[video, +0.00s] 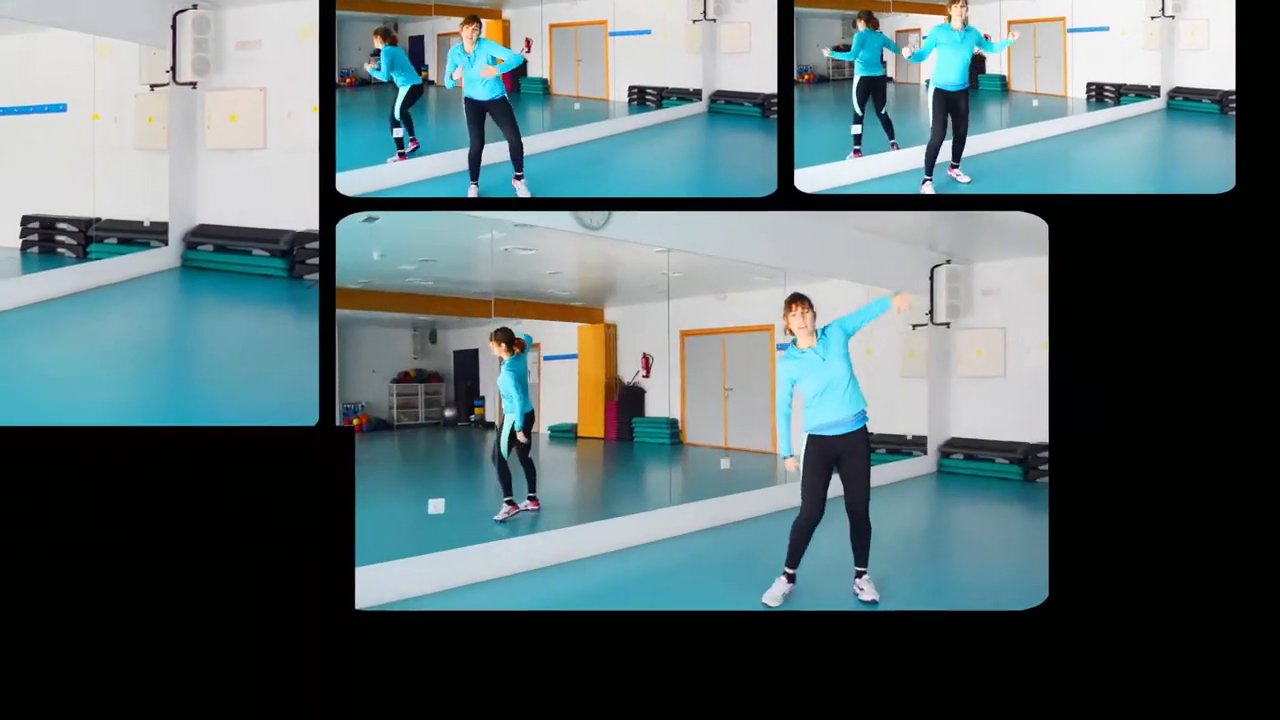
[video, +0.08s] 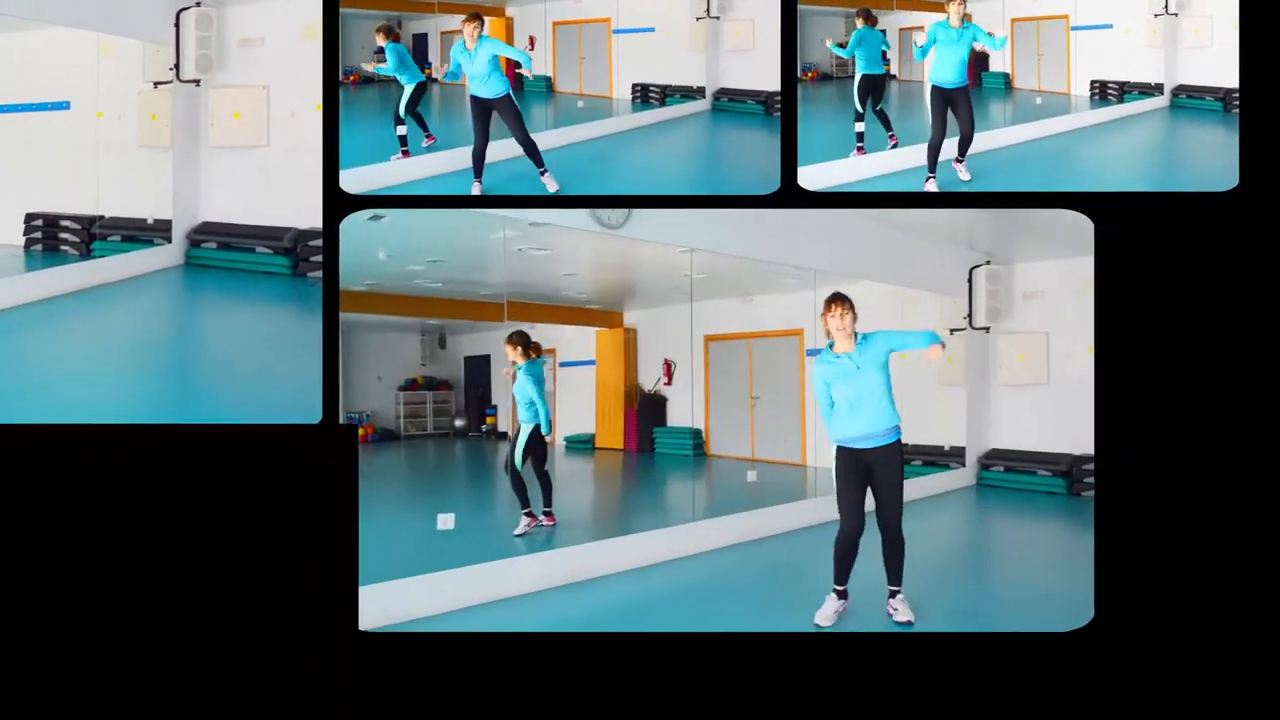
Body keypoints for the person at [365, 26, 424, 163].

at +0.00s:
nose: (374, 42)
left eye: (375, 39)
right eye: (374, 39)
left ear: (380, 38)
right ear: (389, 37)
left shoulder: (386, 51)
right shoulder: (397, 49)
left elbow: (384, 76)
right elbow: (393, 69)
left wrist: (370, 70)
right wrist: (377, 66)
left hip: (408, 86)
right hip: (416, 83)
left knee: (395, 117)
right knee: (403, 110)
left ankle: (401, 153)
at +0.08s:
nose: (376, 39)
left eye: (377, 36)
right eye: (376, 36)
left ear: (382, 35)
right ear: (388, 35)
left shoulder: (390, 48)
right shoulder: (398, 46)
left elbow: (393, 70)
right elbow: (395, 67)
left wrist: (375, 68)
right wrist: (378, 67)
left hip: (412, 83)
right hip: (419, 81)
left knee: (399, 116)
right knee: (412, 110)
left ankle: (404, 152)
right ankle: (429, 136)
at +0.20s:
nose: (379, 36)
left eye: (380, 33)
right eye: (379, 33)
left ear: (386, 33)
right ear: (387, 33)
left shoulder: (402, 46)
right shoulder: (393, 49)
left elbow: (415, 64)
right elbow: (405, 67)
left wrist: (399, 64)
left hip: (419, 81)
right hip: (415, 81)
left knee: (401, 114)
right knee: (428, 110)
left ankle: (408, 148)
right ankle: (445, 133)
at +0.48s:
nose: (387, 31)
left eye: (388, 28)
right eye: (387, 28)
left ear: (394, 27)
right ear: (397, 27)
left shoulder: (403, 42)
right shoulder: (408, 39)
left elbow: (407, 64)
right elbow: (410, 61)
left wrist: (386, 59)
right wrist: (390, 58)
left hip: (422, 76)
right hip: (430, 74)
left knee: (408, 108)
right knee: (426, 103)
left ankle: (414, 144)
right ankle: (446, 128)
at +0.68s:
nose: (393, 27)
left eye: (394, 24)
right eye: (393, 24)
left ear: (398, 23)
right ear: (406, 22)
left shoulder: (404, 39)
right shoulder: (417, 34)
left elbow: (401, 65)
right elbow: (418, 52)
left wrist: (396, 53)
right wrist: (400, 50)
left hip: (424, 72)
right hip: (435, 69)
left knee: (414, 104)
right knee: (418, 99)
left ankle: (419, 140)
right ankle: (428, 129)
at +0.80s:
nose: (414, 17)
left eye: (414, 14)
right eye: (413, 14)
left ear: (419, 14)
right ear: (429, 12)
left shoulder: (424, 29)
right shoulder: (438, 25)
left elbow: (423, 55)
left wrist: (418, 45)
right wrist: (422, 42)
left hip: (442, 63)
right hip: (453, 61)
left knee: (432, 93)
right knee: (435, 91)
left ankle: (439, 129)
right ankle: (445, 122)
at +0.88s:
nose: (436, 2)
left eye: (437, 0)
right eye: (436, 0)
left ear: (442, 1)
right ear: (450, 1)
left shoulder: (446, 14)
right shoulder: (459, 10)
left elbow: (446, 39)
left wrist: (433, 30)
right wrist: (437, 22)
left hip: (464, 50)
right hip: (473, 47)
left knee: (454, 81)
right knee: (459, 75)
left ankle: (460, 116)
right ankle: (470, 105)